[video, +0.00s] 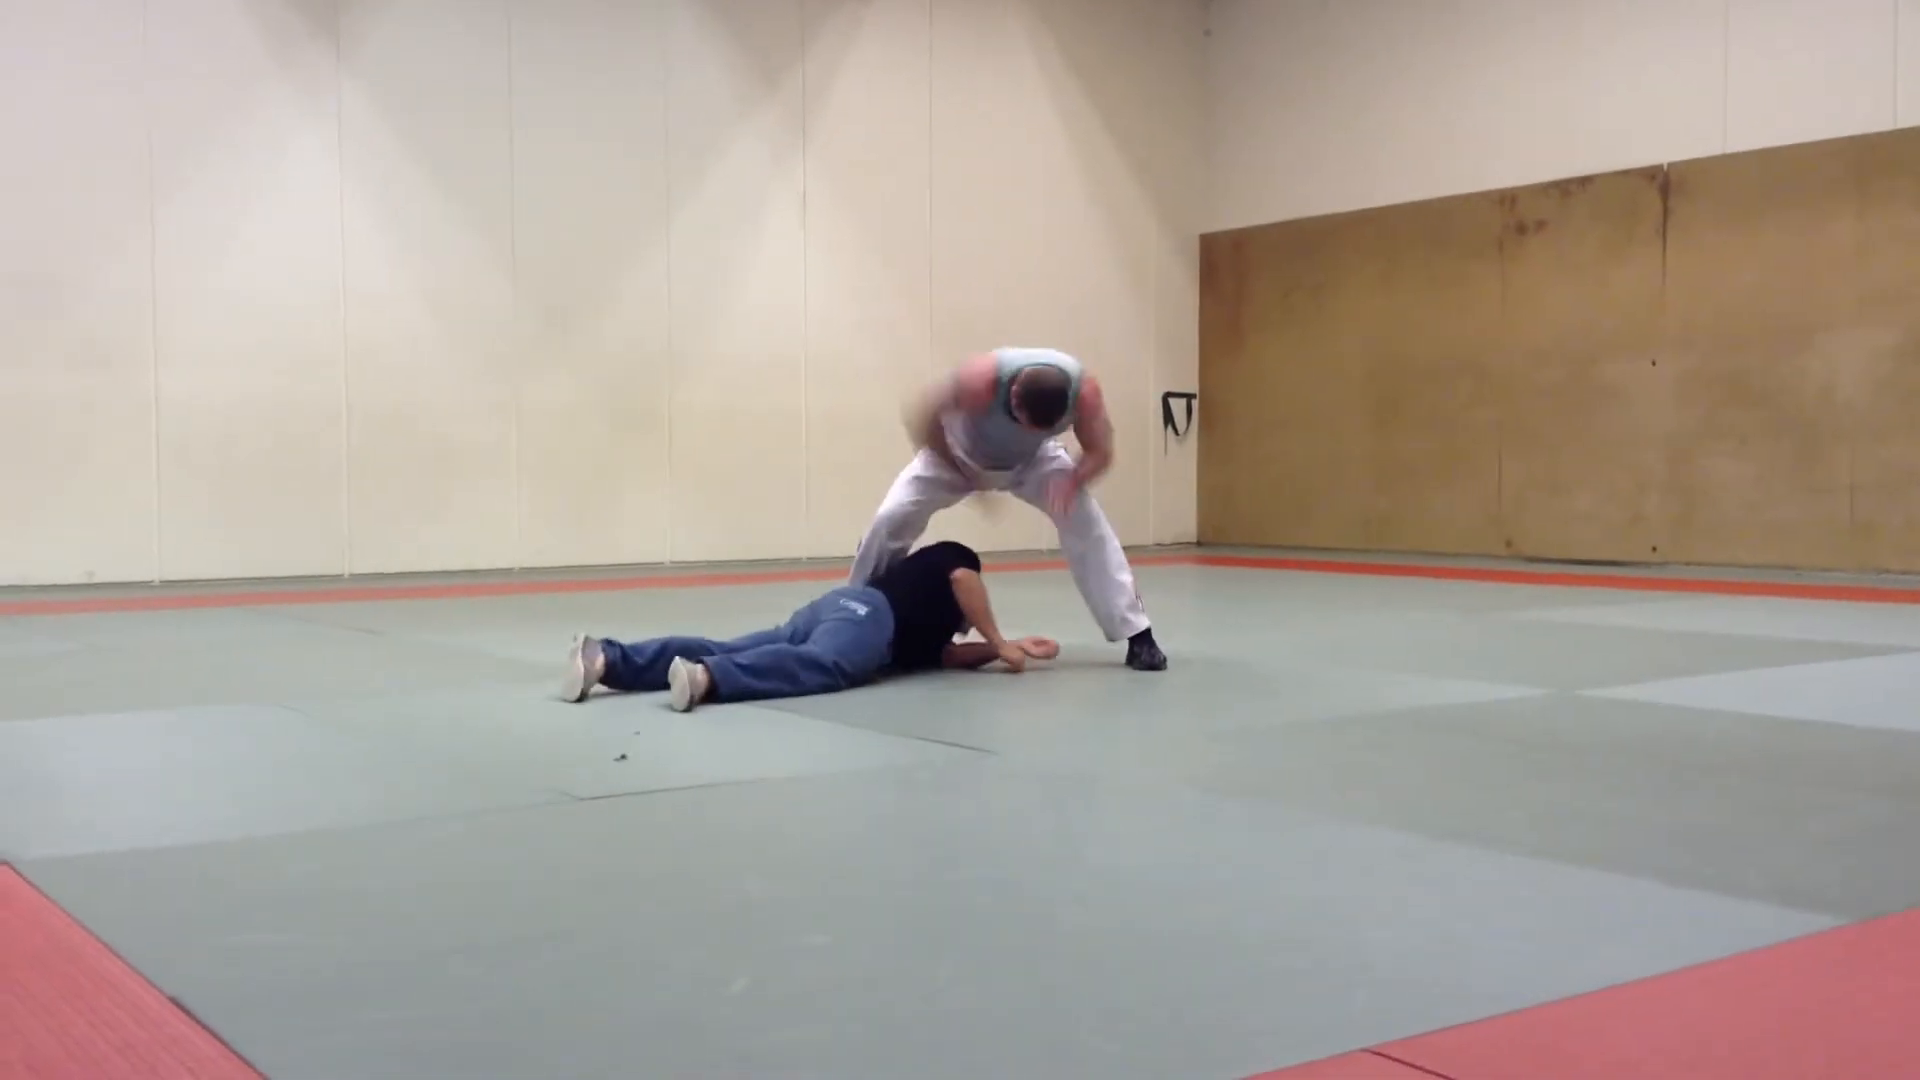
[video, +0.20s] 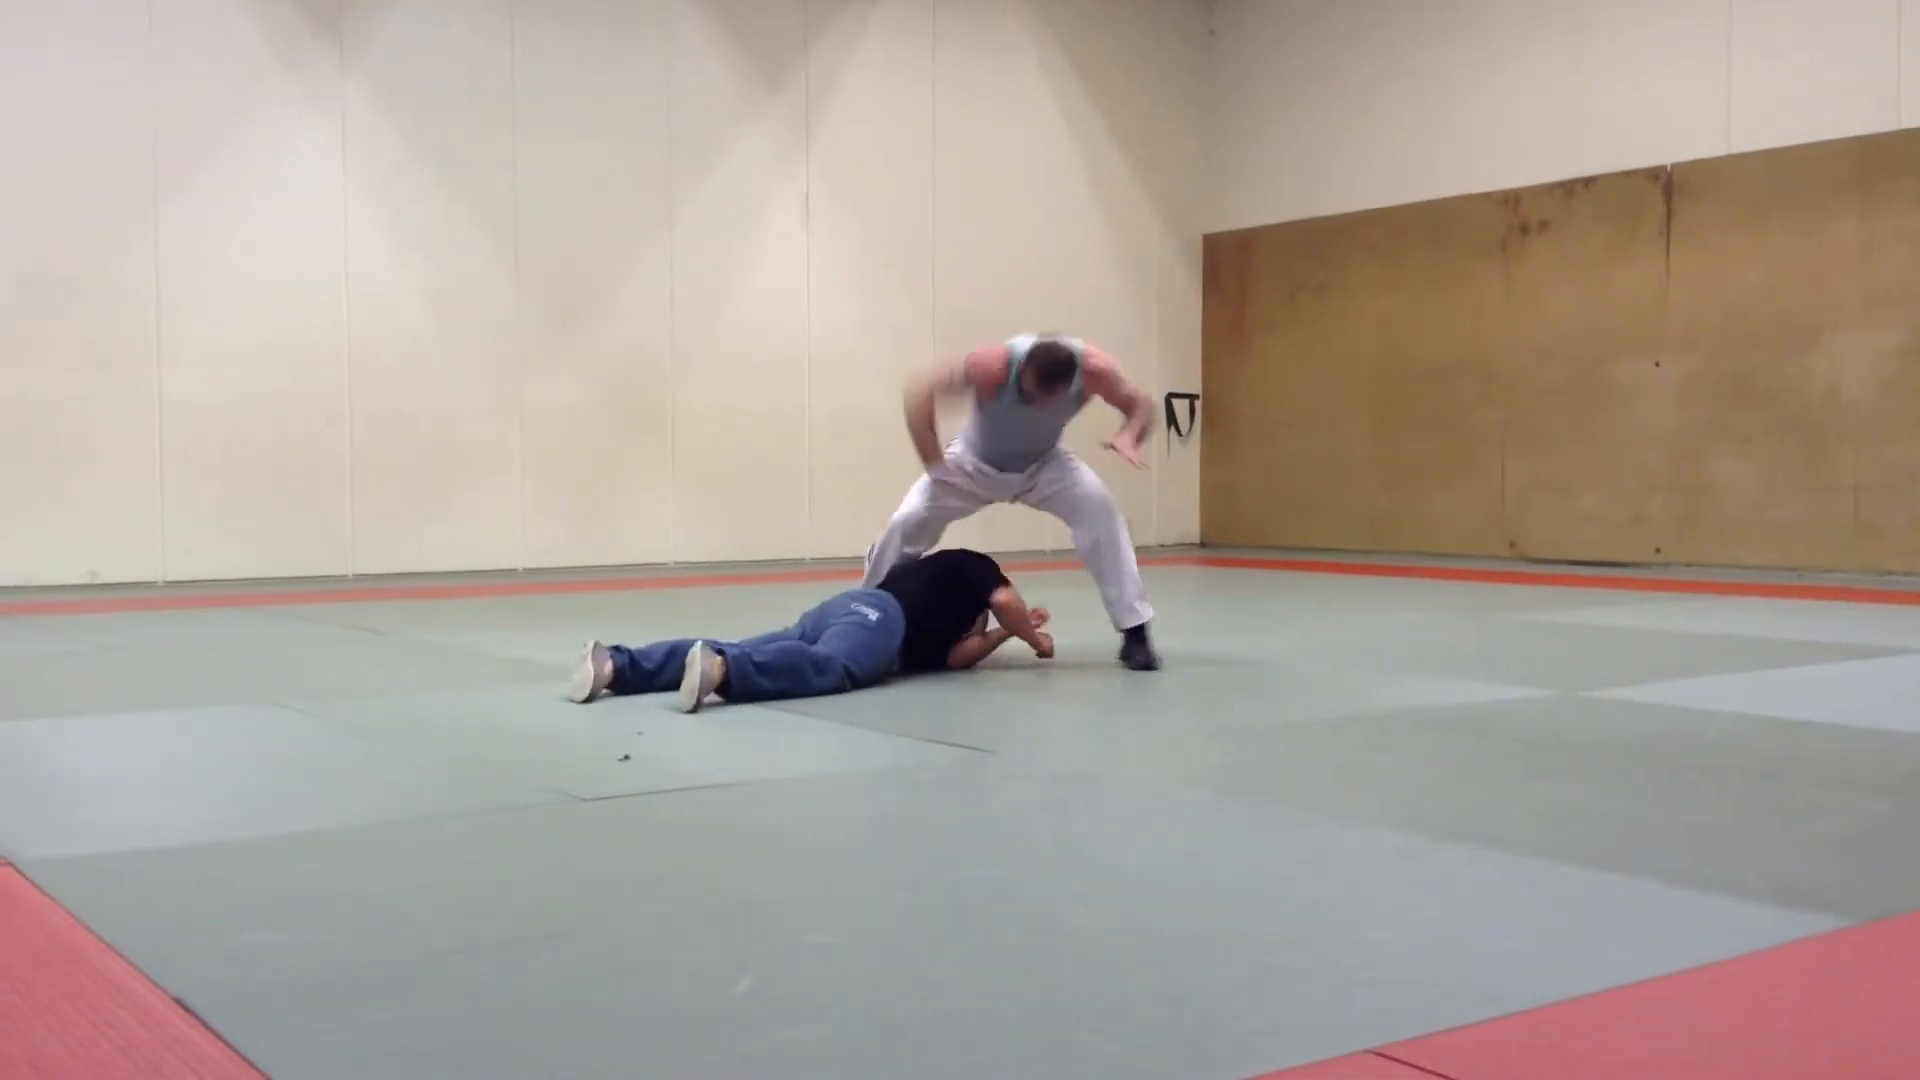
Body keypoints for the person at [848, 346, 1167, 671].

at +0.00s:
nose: (1031, 429)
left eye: (1042, 427)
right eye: (1026, 422)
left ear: (1065, 408)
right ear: (1014, 394)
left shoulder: (1083, 392)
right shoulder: (982, 378)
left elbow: (1100, 451)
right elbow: (920, 418)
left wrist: (1074, 480)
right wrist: (965, 477)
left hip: (1033, 460)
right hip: (959, 455)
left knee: (1085, 517)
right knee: (892, 518)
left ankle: (1138, 635)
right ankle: (854, 616)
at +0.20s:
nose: (1042, 403)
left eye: (1052, 398)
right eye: (1036, 394)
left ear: (1070, 381)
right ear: (1025, 372)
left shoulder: (1091, 369)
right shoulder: (994, 366)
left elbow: (1141, 406)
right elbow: (918, 389)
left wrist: (1128, 435)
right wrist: (935, 464)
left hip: (1044, 467)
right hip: (974, 466)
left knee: (1099, 508)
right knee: (907, 523)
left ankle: (1135, 631)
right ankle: (867, 616)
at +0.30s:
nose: (1070, 355)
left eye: (1079, 349)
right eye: (1064, 346)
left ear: (1100, 337)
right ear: (1057, 329)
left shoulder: (1129, 367)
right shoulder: (1046, 313)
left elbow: (1156, 440)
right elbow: (981, 302)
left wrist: (1108, 436)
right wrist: (956, 331)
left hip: (1072, 457)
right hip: (1008, 443)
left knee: (1115, 512)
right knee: (935, 514)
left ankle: (1117, 635)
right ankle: (869, 607)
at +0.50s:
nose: (1148, 275)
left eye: (1156, 266)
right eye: (1146, 266)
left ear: (1183, 262)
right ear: (1144, 262)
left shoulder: (1207, 306)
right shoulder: (1143, 288)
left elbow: (1222, 364)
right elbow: (1103, 303)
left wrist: (1149, 370)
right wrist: (1093, 284)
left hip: (1158, 442)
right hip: (1105, 425)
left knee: (1144, 525)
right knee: (1008, 477)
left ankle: (1120, 637)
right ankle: (1054, 553)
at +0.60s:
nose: (1186, 246)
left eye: (1194, 237)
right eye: (1183, 237)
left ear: (1222, 232)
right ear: (1182, 235)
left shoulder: (1251, 280)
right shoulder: (1181, 271)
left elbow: (1281, 345)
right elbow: (1146, 297)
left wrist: (1219, 344)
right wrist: (1109, 300)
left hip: (1198, 416)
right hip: (1154, 406)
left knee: (1170, 516)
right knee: (1097, 490)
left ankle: (1146, 624)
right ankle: (1168, 574)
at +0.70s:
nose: (1223, 239)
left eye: (1231, 230)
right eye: (1219, 230)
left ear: (1259, 227)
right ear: (1220, 231)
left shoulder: (1285, 279)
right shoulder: (1221, 280)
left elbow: (1294, 343)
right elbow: (1200, 337)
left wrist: (1237, 313)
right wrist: (1165, 363)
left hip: (1250, 411)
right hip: (1209, 409)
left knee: (1206, 501)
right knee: (1175, 508)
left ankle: (1226, 605)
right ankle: (1205, 614)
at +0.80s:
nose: (1262, 236)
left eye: (1270, 225)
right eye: (1258, 227)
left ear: (1296, 223)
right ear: (1259, 229)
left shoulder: (1320, 264)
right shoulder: (1278, 275)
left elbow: (1307, 320)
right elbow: (1285, 340)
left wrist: (1249, 299)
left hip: (1302, 403)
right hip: (1261, 402)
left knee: (1266, 508)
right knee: (1225, 503)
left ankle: (1319, 575)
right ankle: (1206, 613)